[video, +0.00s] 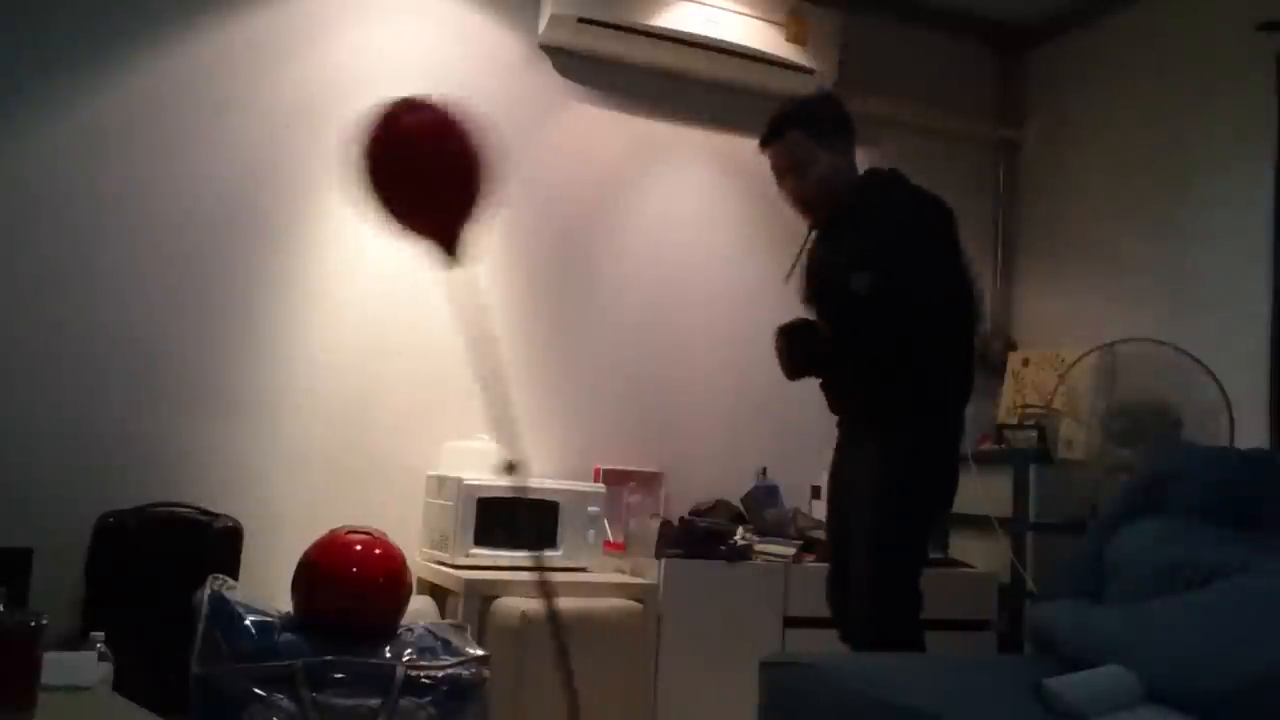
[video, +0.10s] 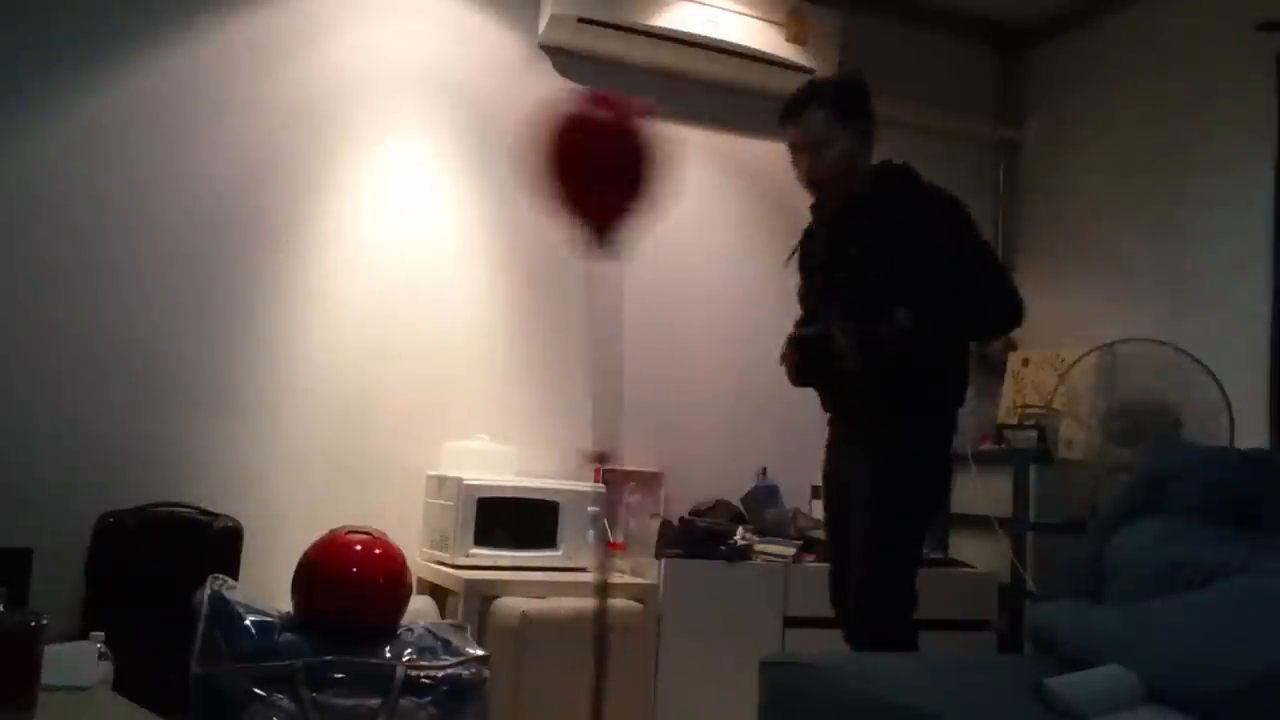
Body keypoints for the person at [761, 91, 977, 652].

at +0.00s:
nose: (789, 190)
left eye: (796, 170)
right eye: (780, 177)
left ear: (834, 155)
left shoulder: (899, 214)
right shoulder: (839, 234)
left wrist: (821, 346)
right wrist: (817, 344)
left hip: (908, 438)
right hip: (869, 435)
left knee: (881, 611)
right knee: (856, 608)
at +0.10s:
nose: (805, 166)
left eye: (819, 147)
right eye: (796, 152)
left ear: (859, 139)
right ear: (787, 153)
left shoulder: (919, 208)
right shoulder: (821, 236)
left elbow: (1000, 307)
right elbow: (815, 337)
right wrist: (800, 356)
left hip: (912, 432)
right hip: (852, 433)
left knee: (879, 607)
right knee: (853, 605)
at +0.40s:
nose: (842, 134)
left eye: (859, 117)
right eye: (834, 119)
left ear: (902, 123)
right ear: (824, 125)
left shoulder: (948, 216)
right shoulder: (832, 211)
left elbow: (998, 325)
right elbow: (795, 299)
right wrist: (797, 341)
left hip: (909, 419)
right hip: (840, 419)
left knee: (886, 603)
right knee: (842, 600)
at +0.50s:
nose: (841, 151)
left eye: (858, 134)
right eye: (831, 136)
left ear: (896, 136)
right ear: (823, 140)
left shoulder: (944, 222)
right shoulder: (833, 218)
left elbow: (966, 342)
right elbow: (794, 335)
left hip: (906, 428)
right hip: (841, 427)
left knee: (885, 603)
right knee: (841, 601)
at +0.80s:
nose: (784, 193)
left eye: (790, 176)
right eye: (775, 182)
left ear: (825, 158)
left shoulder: (895, 208)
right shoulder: (819, 233)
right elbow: (805, 348)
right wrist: (767, 277)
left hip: (905, 429)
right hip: (867, 427)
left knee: (866, 599)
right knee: (862, 598)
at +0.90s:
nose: (771, 189)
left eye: (778, 170)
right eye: (762, 178)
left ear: (816, 151)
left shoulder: (878, 192)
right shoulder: (824, 237)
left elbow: (862, 258)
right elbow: (816, 351)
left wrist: (767, 234)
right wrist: (766, 298)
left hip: (911, 424)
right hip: (869, 428)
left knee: (872, 605)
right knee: (865, 605)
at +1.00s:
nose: (764, 179)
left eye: (771, 161)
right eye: (757, 166)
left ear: (809, 141)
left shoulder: (863, 181)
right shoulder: (837, 219)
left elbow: (778, 215)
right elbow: (839, 356)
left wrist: (676, 191)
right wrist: (773, 314)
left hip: (904, 425)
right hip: (881, 425)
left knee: (860, 609)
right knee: (859, 609)